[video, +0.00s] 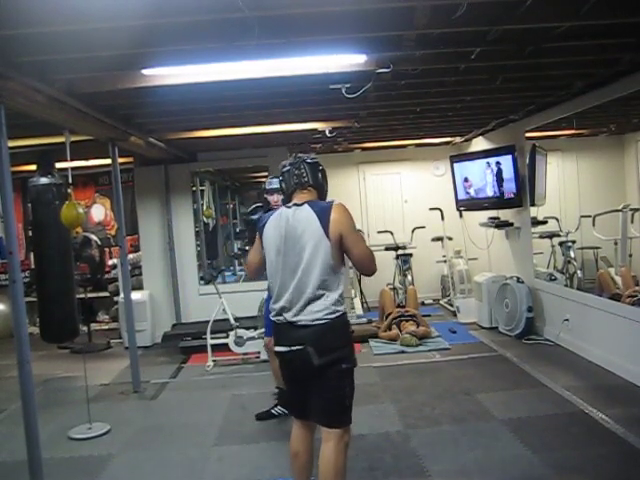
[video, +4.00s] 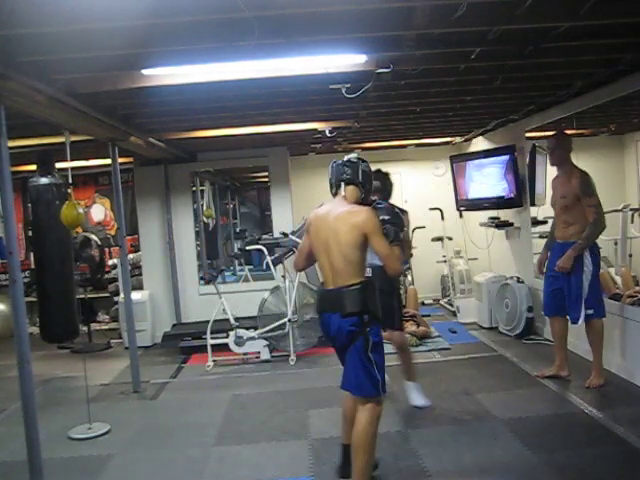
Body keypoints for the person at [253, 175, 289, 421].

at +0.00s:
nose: (273, 199)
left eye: (277, 194)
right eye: (269, 194)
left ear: (289, 195)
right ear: (264, 197)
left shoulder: (301, 218)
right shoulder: (266, 221)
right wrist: (255, 229)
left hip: (302, 289)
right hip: (276, 288)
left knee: (302, 343)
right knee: (271, 343)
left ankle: (308, 397)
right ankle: (284, 397)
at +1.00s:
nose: (282, 201)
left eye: (287, 196)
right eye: (278, 196)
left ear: (295, 196)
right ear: (270, 196)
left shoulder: (305, 220)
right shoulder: (263, 220)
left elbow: (333, 249)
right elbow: (245, 259)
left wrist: (324, 235)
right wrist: (254, 232)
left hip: (297, 286)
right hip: (271, 287)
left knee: (303, 357)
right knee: (285, 355)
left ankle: (327, 418)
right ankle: (300, 411)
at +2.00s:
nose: (239, 206)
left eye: (243, 201)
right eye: (233, 200)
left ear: (246, 203)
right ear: (217, 201)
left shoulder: (253, 228)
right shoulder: (199, 230)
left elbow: (282, 267)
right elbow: (189, 279)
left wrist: (289, 249)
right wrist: (210, 248)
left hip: (248, 310)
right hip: (212, 311)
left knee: (248, 391)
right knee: (205, 394)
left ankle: (243, 463)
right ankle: (226, 426)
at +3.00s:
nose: (295, 208)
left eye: (295, 202)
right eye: (291, 201)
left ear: (272, 196)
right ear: (275, 196)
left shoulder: (277, 224)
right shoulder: (232, 225)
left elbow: (330, 225)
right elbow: (238, 279)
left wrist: (373, 207)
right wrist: (278, 245)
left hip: (271, 325)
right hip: (241, 329)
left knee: (301, 403)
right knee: (251, 420)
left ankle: (300, 473)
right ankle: (215, 476)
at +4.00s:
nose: (369, 190)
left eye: (368, 184)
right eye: (367, 184)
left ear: (335, 183)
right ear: (359, 183)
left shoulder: (316, 217)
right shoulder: (364, 216)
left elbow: (299, 264)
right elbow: (394, 267)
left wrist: (321, 241)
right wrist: (399, 242)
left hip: (329, 309)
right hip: (357, 310)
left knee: (356, 387)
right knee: (370, 400)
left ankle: (349, 458)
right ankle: (360, 474)